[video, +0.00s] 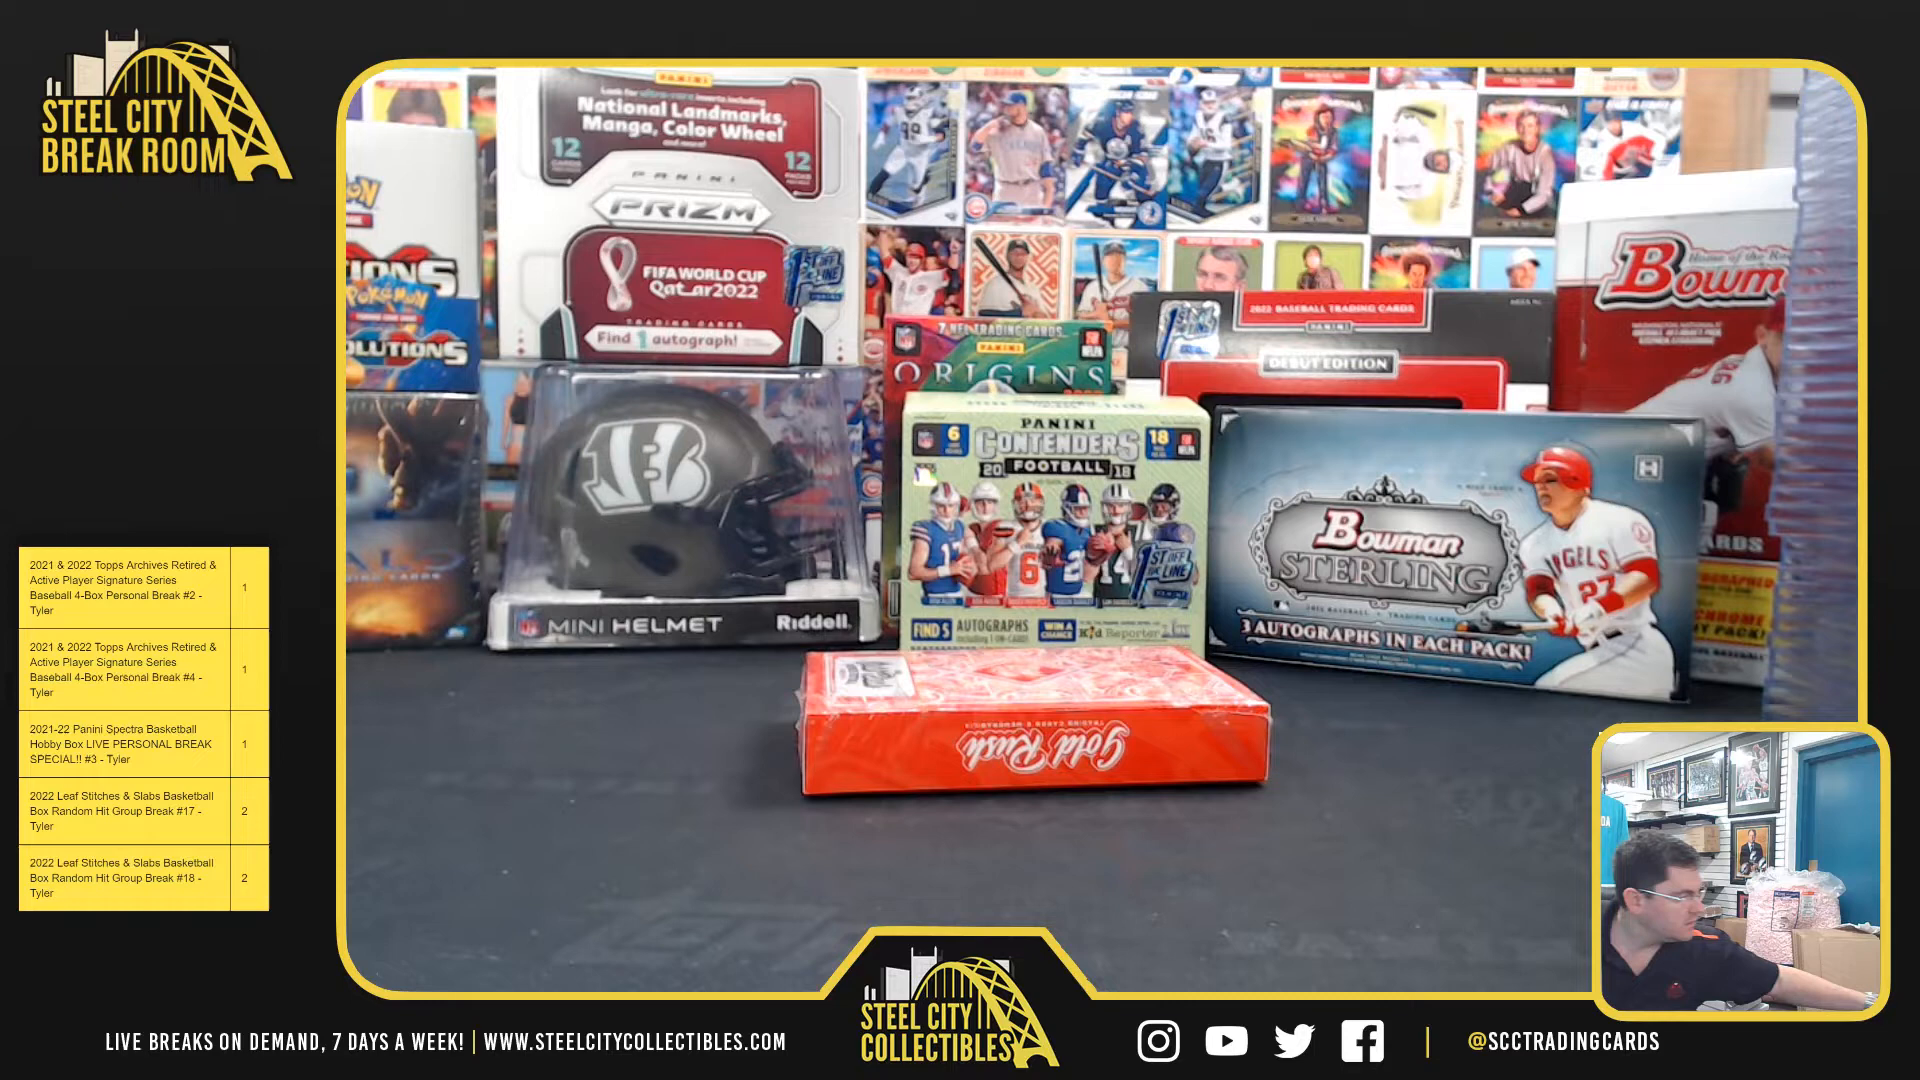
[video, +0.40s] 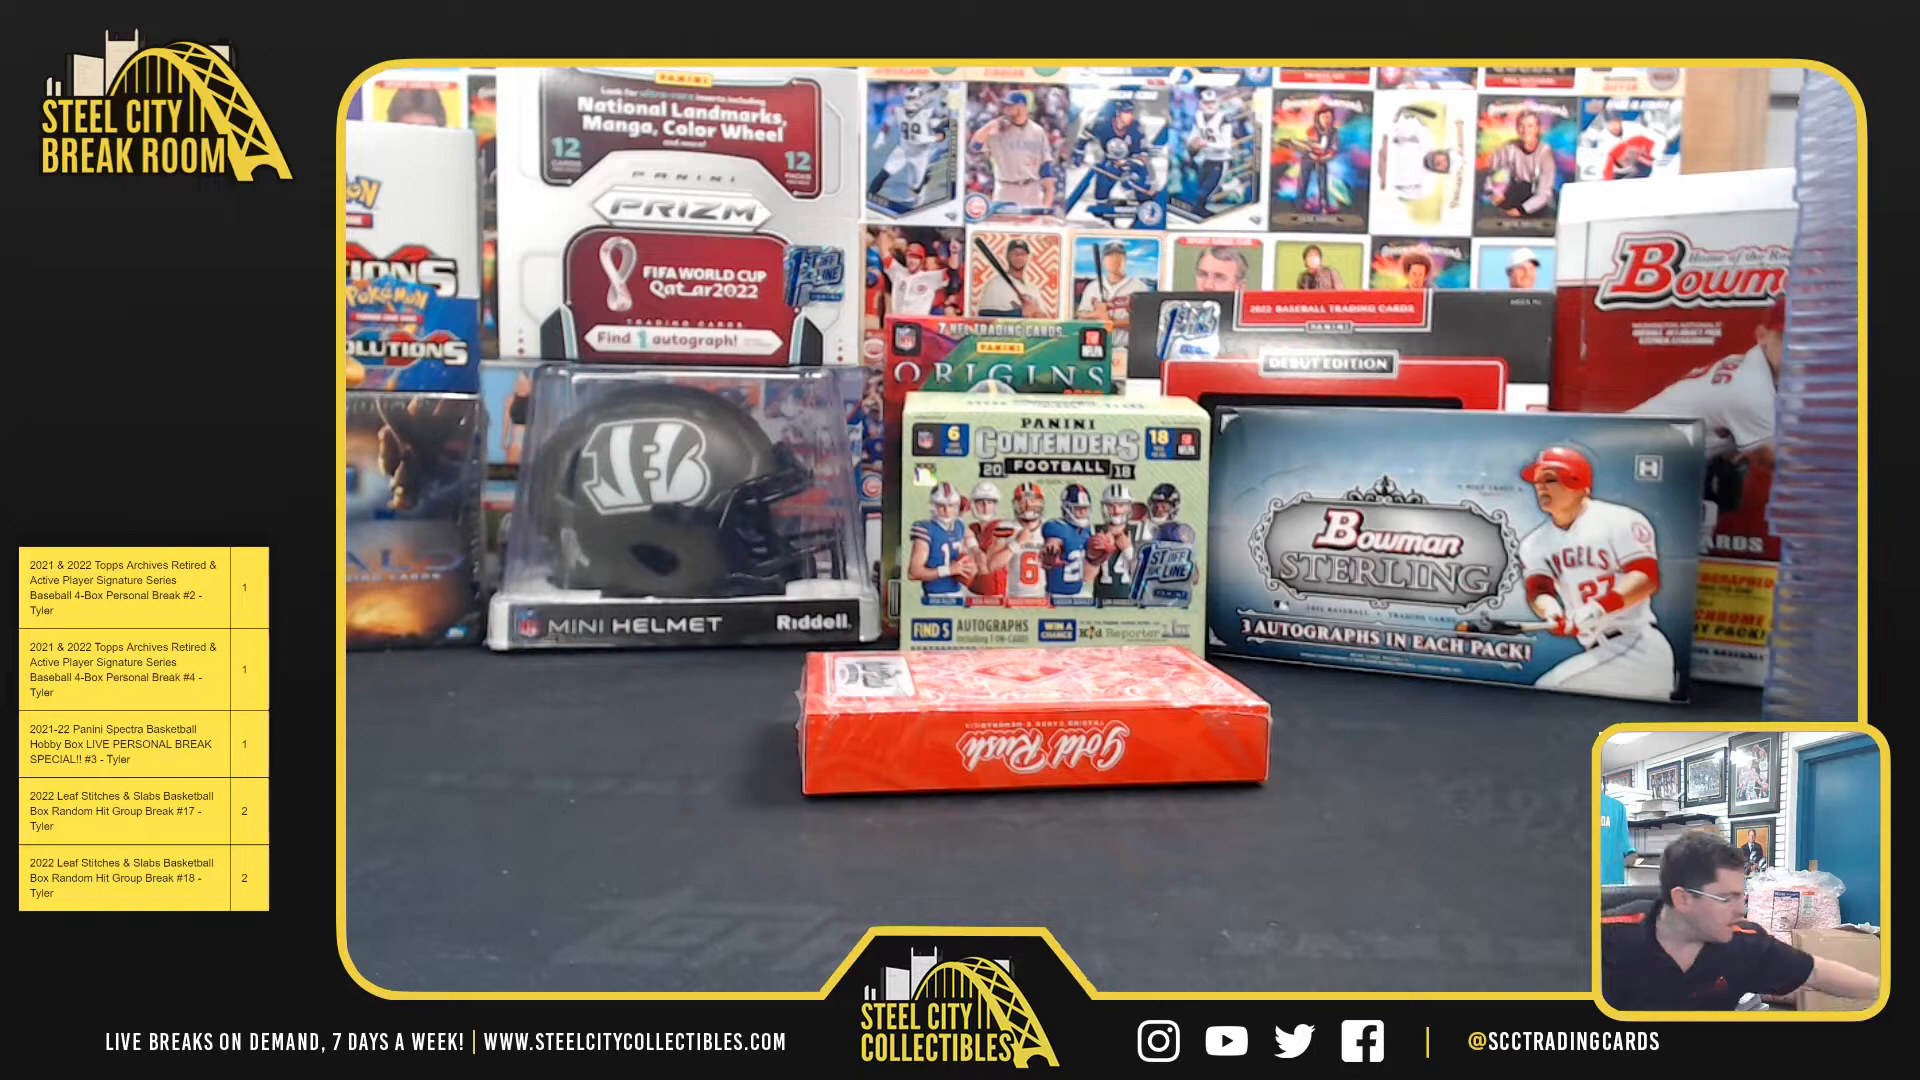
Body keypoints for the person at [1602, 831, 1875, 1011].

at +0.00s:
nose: (1699, 908)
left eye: (1699, 894)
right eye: (1682, 896)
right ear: (1634, 901)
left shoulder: (1706, 954)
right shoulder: (1578, 938)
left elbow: (1781, 983)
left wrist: (1869, 1003)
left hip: (1657, 1062)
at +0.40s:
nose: (1742, 909)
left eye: (1742, 896)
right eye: (1727, 898)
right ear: (1681, 899)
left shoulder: (1748, 946)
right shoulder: (1606, 941)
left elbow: (1818, 972)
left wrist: (1886, 990)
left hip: (1707, 1058)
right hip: (1619, 1054)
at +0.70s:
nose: (1780, 900)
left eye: (1780, 887)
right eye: (1769, 888)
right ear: (1724, 888)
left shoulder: (1788, 935)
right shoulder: (1648, 942)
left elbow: (1868, 969)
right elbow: (1608, 1011)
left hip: (1758, 1054)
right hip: (1671, 1057)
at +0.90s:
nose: (1816, 908)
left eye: (1817, 895)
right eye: (1805, 896)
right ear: (1759, 893)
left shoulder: (1817, 940)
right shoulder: (1682, 940)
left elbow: (1886, 982)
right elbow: (1629, 994)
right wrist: (1642, 1050)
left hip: (1780, 1061)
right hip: (1695, 1061)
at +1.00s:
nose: (1839, 915)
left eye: (1841, 902)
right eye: (1828, 902)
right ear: (1781, 896)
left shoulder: (1834, 946)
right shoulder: (1695, 943)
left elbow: (1892, 981)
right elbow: (1643, 995)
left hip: (1792, 1061)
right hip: (1708, 1062)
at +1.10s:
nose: (1857, 917)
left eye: (1859, 905)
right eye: (1847, 905)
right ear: (1800, 897)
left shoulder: (1844, 943)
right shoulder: (1711, 941)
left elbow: (1895, 981)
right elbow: (1651, 1001)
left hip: (1803, 1056)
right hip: (1725, 1058)